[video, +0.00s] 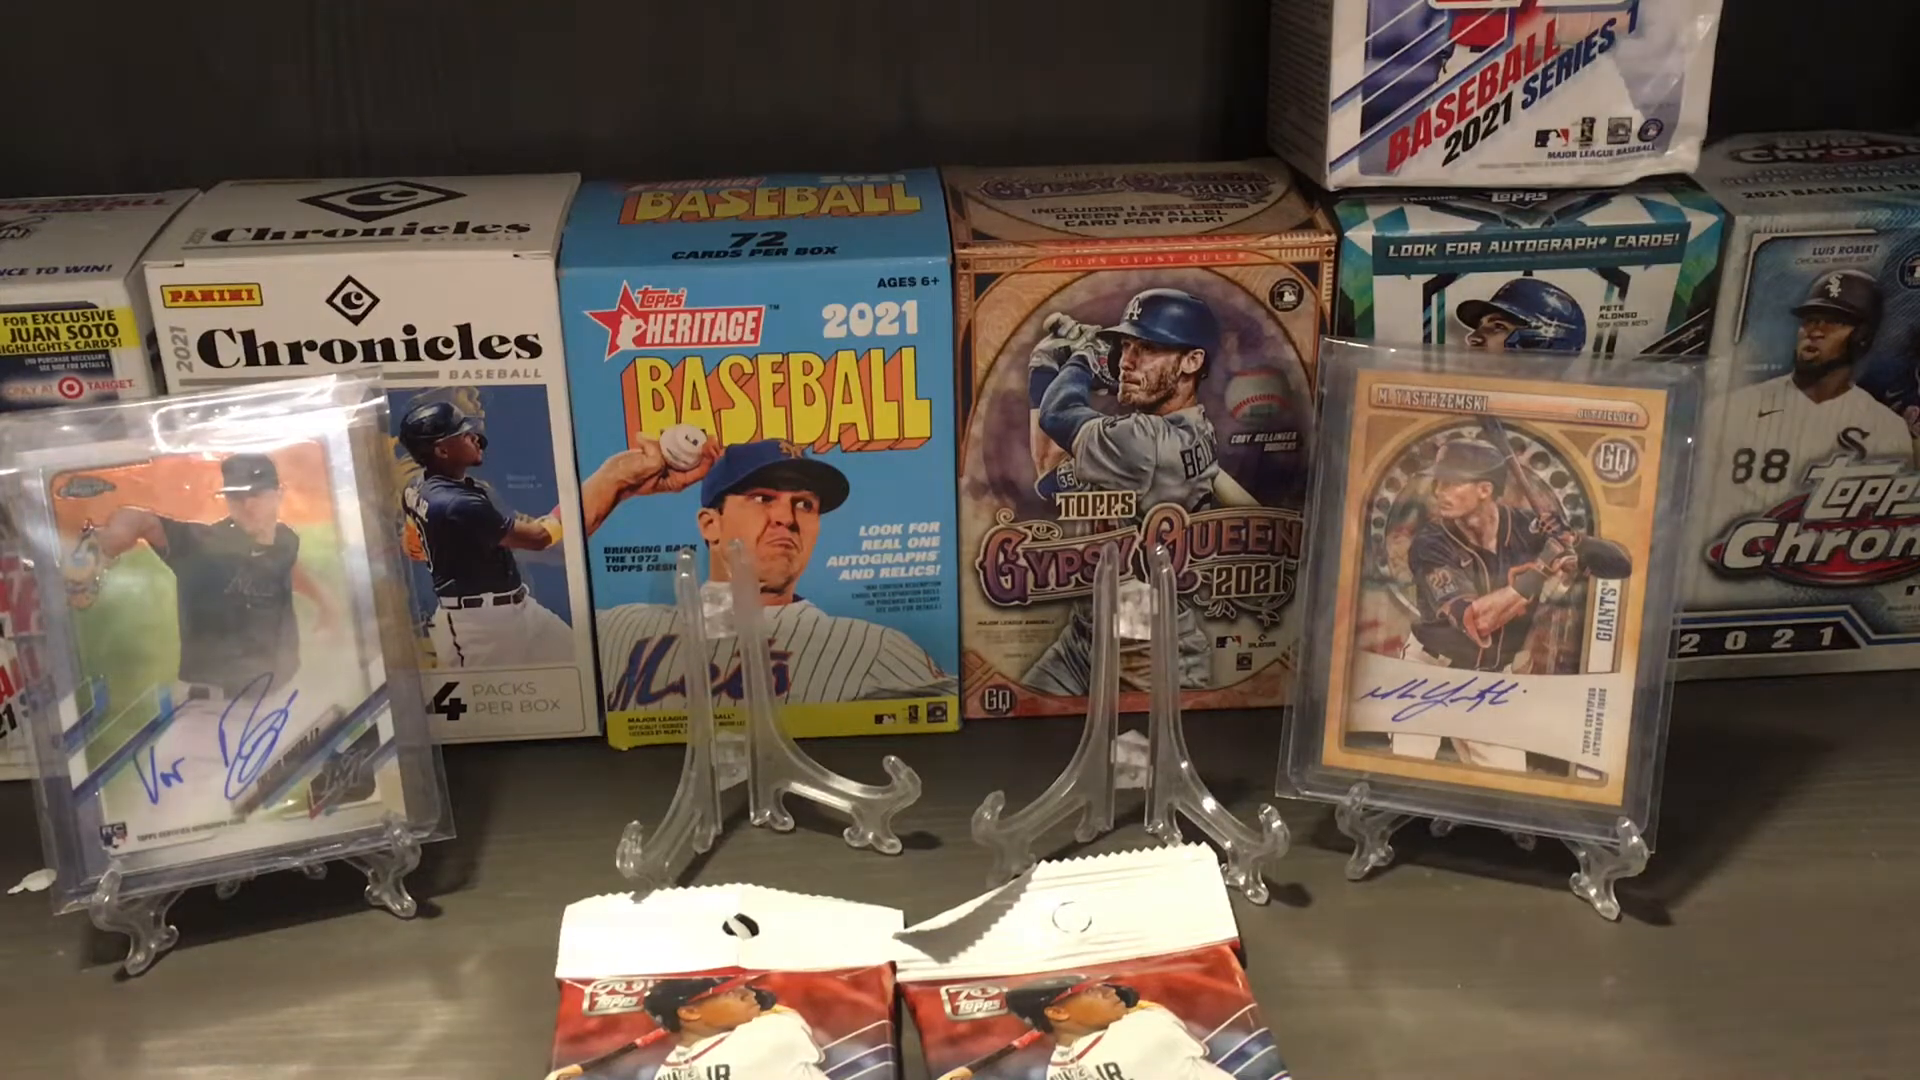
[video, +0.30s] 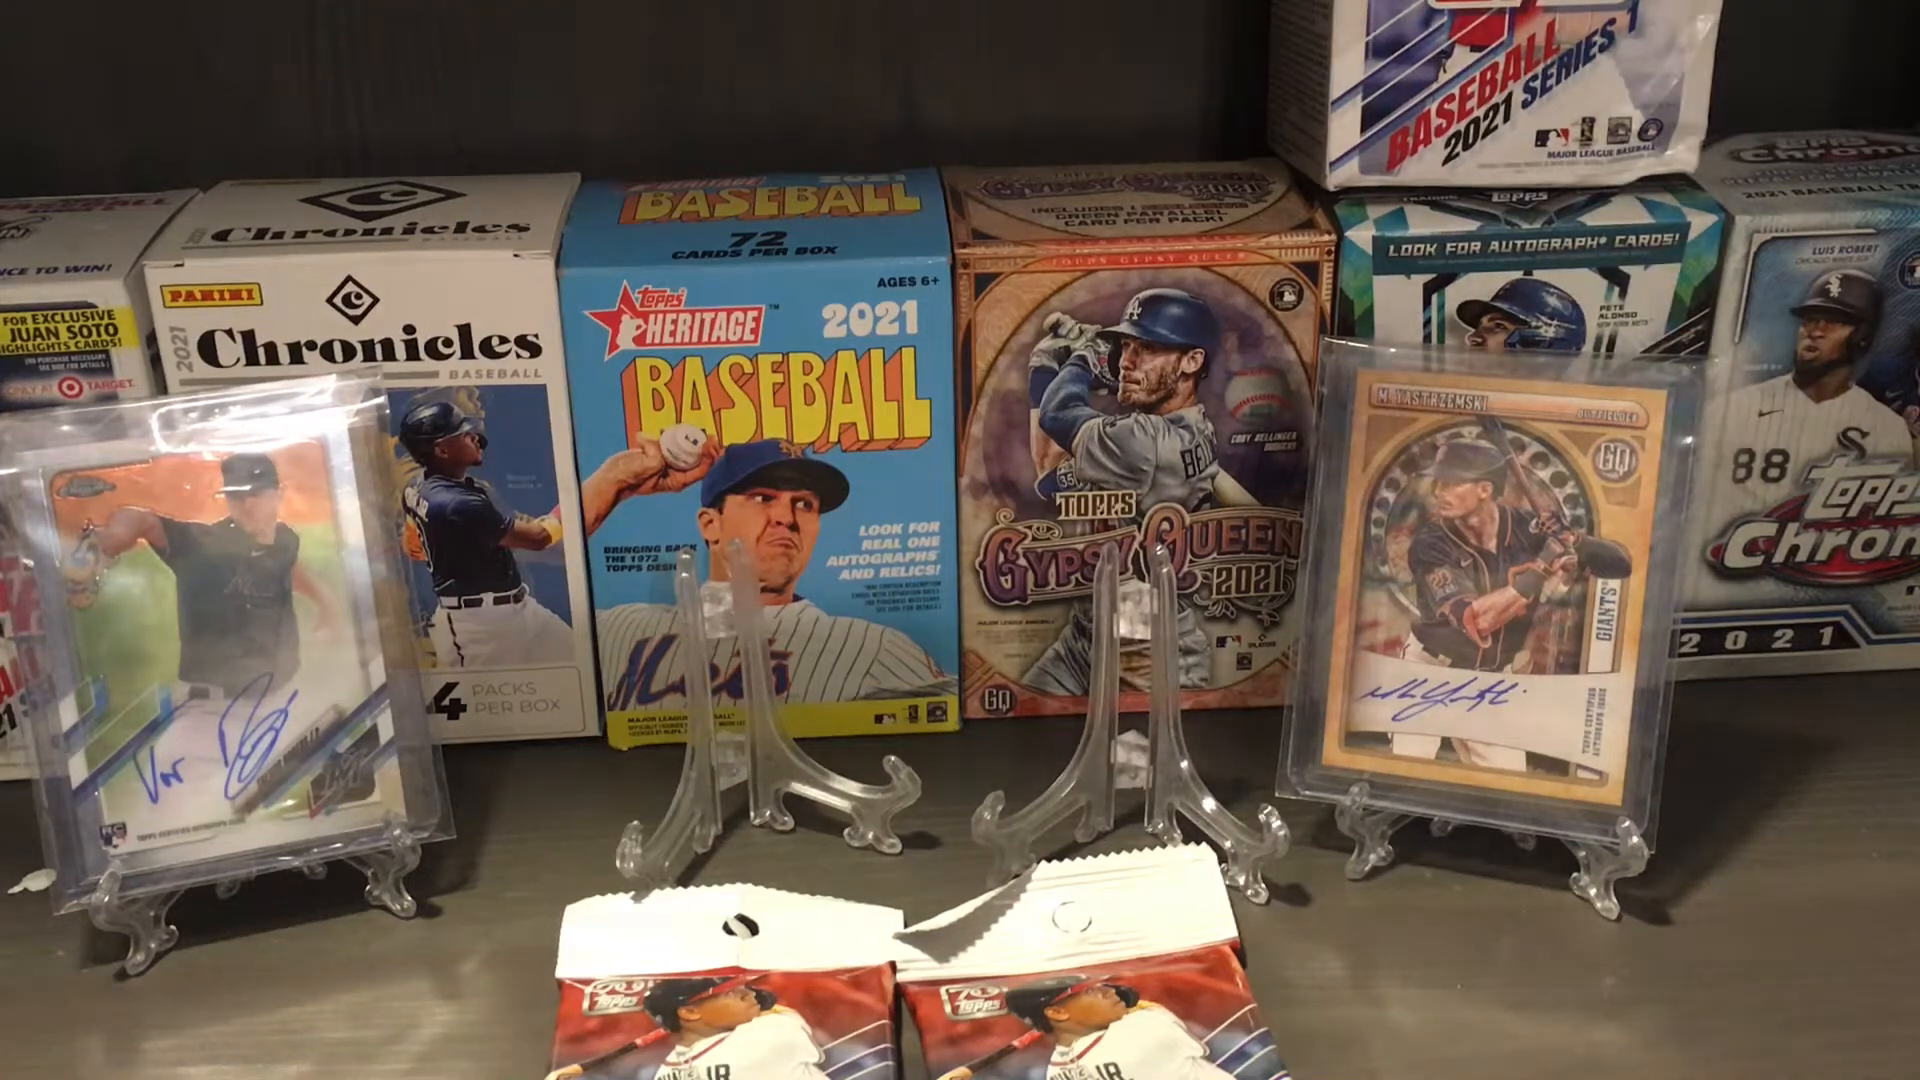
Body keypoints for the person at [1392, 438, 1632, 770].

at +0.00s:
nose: (1439, 492)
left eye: (1452, 484)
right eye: (1438, 483)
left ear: (1484, 491)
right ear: (1434, 485)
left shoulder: (1527, 528)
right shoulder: (1430, 540)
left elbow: (1622, 564)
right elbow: (1472, 621)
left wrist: (1575, 550)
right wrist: (1539, 571)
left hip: (1498, 674)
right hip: (1430, 667)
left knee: (1509, 786)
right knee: (1413, 768)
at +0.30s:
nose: (1439, 492)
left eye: (1452, 484)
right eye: (1439, 483)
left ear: (1484, 491)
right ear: (1435, 485)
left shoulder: (1528, 528)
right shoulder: (1431, 540)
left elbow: (1622, 563)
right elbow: (1472, 621)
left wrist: (1573, 548)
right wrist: (1537, 572)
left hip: (1497, 676)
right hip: (1429, 668)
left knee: (1509, 786)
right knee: (1413, 768)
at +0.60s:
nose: (1439, 493)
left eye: (1452, 485)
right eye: (1439, 484)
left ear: (1484, 491)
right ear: (1434, 485)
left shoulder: (1527, 528)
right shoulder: (1431, 540)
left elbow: (1621, 564)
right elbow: (1471, 621)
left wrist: (1572, 547)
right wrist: (1535, 575)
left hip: (1496, 676)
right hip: (1429, 667)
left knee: (1509, 787)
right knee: (1413, 770)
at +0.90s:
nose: (1439, 492)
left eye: (1451, 484)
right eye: (1438, 482)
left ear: (1484, 491)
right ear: (1434, 485)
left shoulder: (1527, 528)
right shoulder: (1430, 541)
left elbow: (1621, 564)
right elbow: (1472, 621)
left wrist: (1573, 545)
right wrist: (1537, 572)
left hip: (1495, 675)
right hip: (1429, 667)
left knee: (1508, 785)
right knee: (1413, 768)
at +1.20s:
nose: (1439, 492)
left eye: (1451, 485)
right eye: (1439, 483)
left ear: (1484, 491)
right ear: (1436, 485)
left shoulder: (1526, 529)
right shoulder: (1430, 540)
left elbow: (1622, 564)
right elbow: (1473, 622)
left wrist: (1574, 547)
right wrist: (1536, 576)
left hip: (1495, 677)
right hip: (1429, 669)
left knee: (1509, 788)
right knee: (1411, 772)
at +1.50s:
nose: (1439, 492)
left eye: (1451, 484)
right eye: (1439, 483)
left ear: (1484, 491)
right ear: (1436, 485)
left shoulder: (1527, 529)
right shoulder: (1430, 540)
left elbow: (1621, 563)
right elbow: (1473, 622)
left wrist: (1574, 547)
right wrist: (1536, 576)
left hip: (1495, 677)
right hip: (1429, 669)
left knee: (1509, 787)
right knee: (1411, 772)